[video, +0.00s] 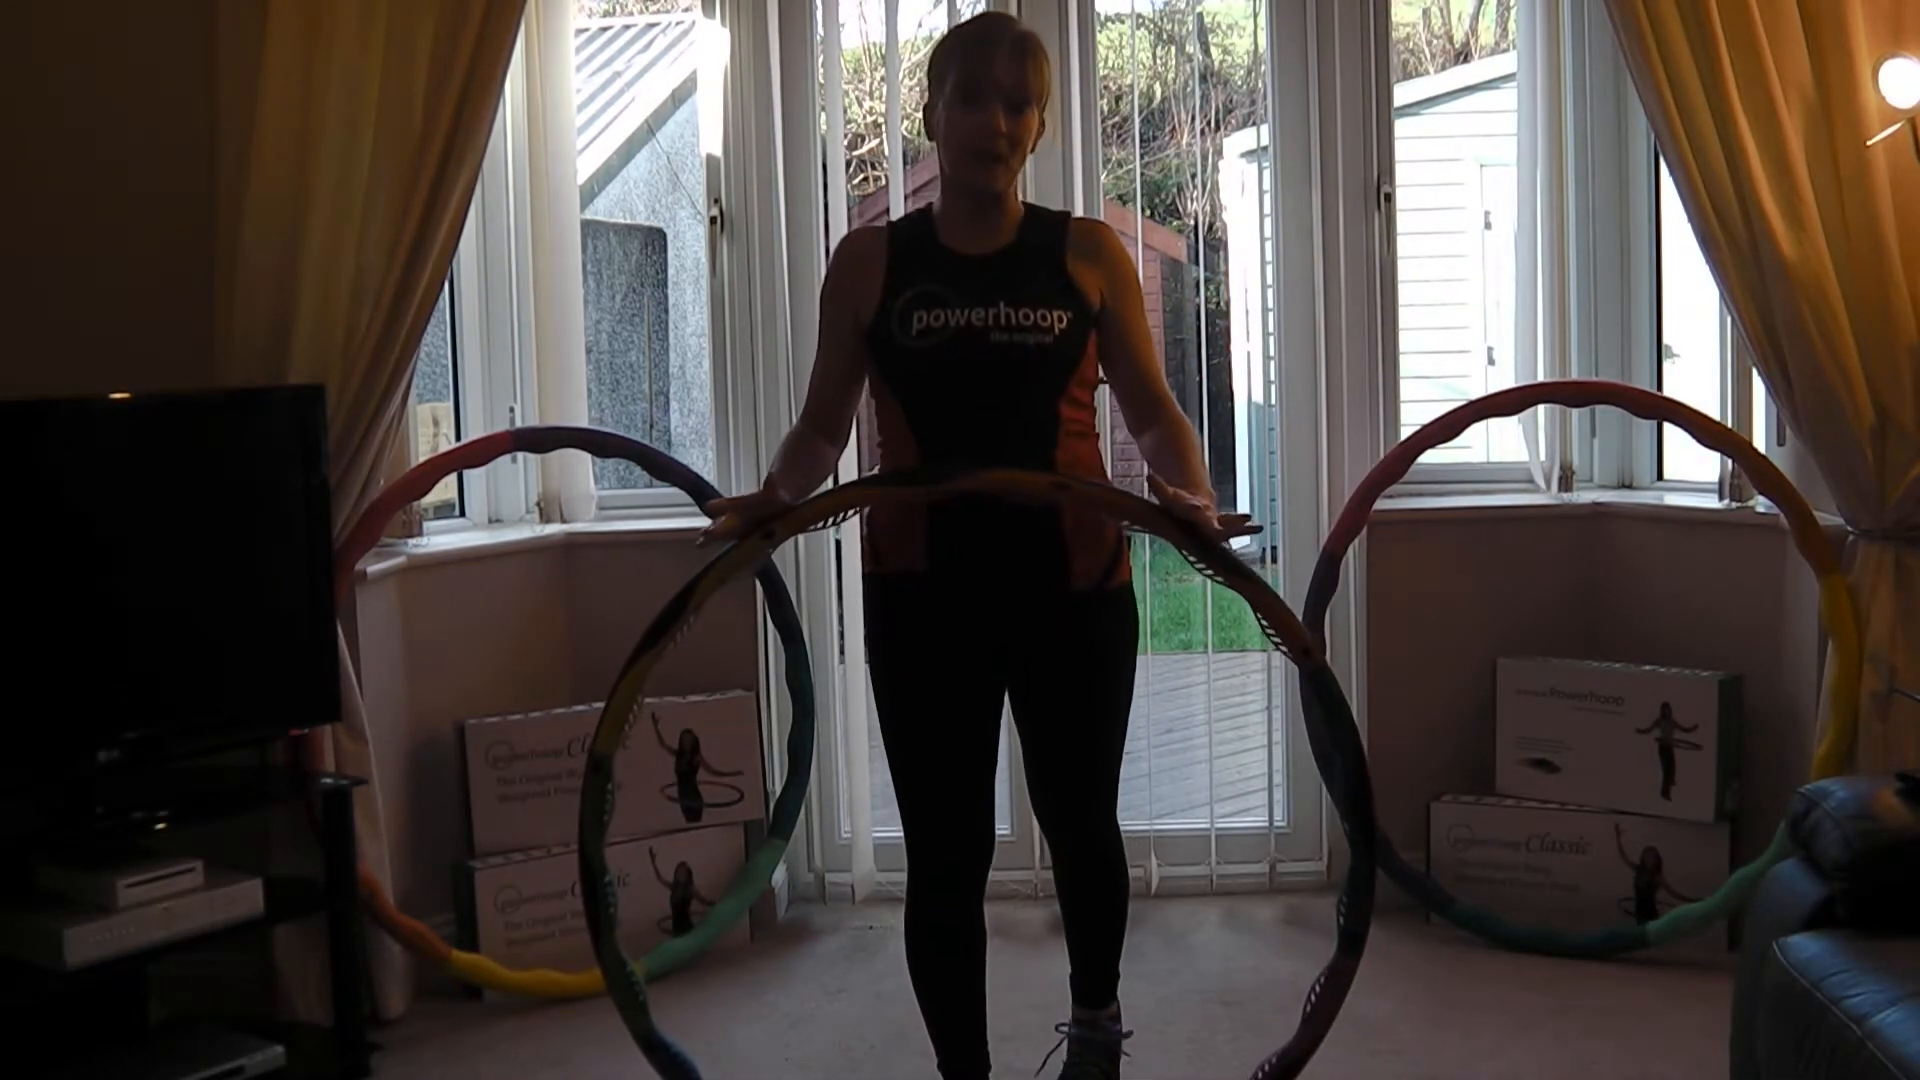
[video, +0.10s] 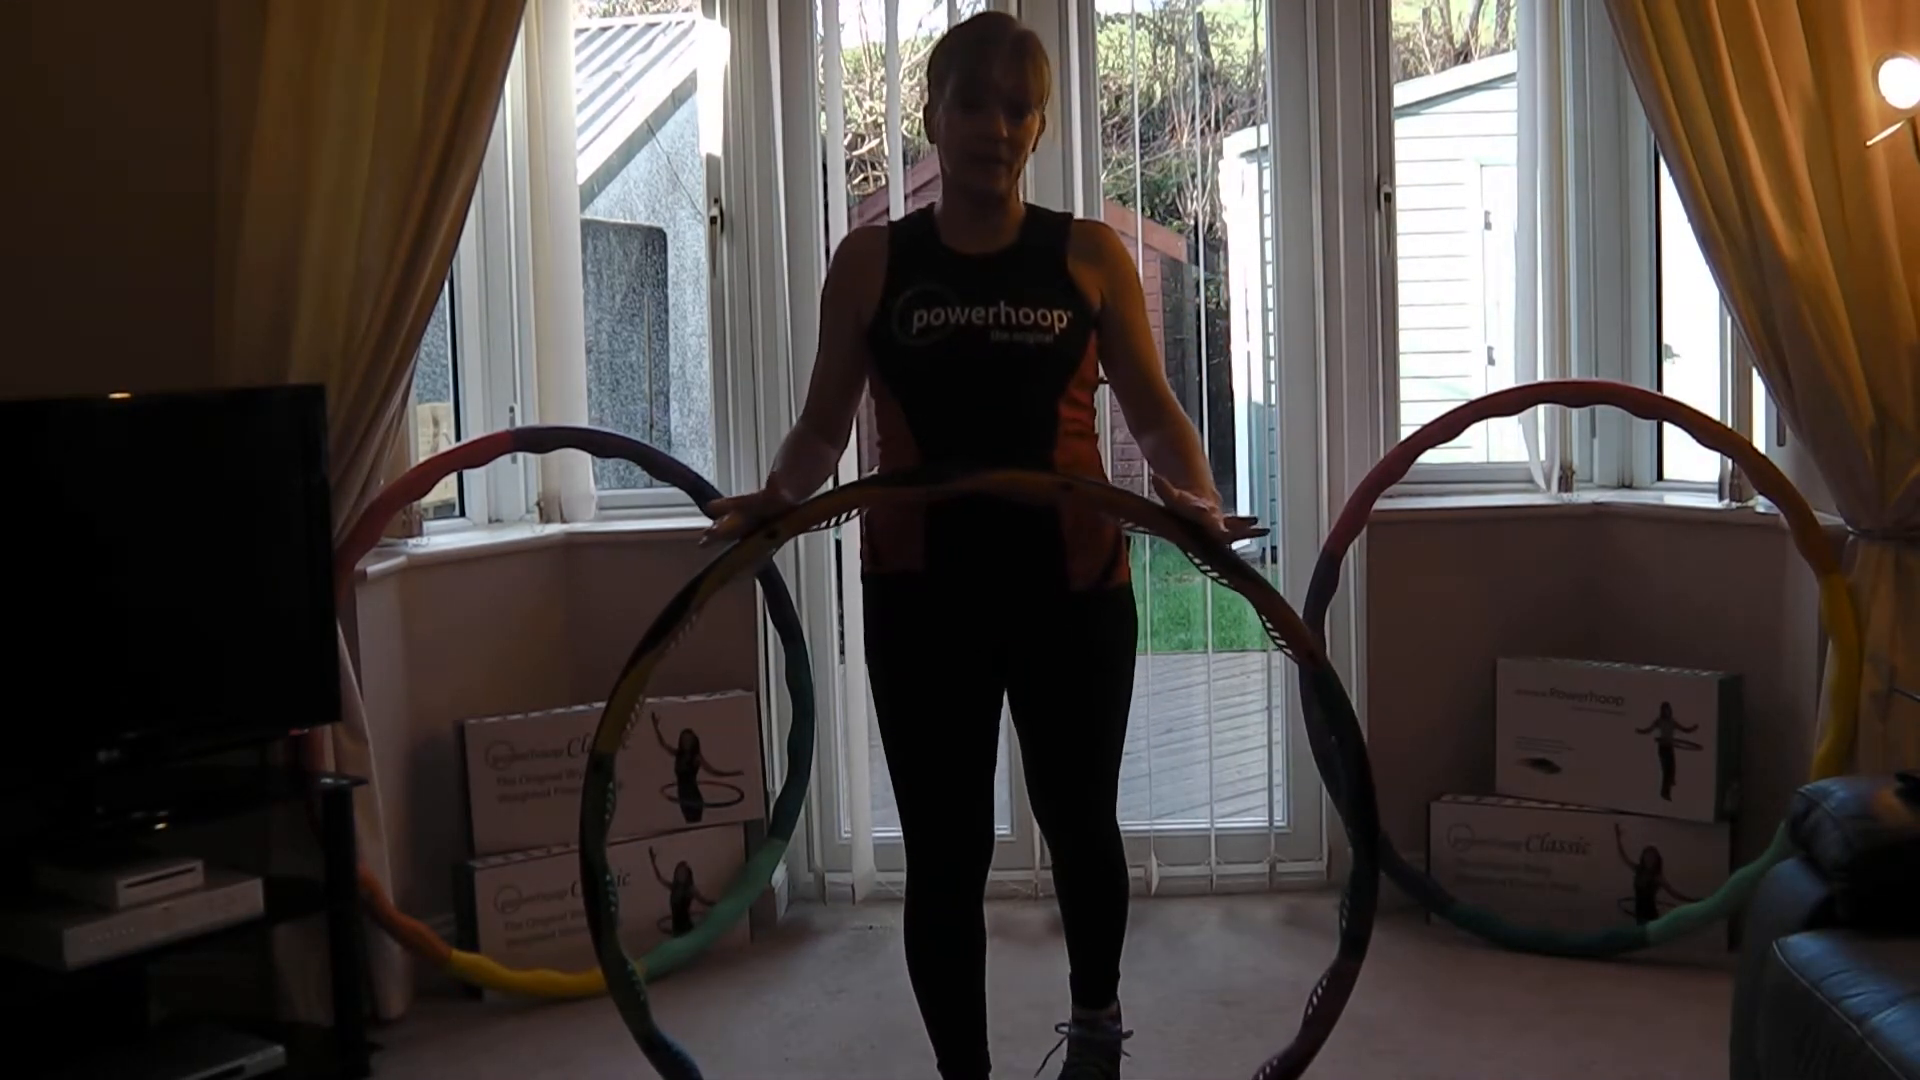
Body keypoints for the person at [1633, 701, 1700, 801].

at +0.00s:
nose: (1666, 712)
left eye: (1668, 710)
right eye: (1665, 710)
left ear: (1670, 711)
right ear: (1662, 711)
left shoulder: (1671, 721)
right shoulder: (1660, 721)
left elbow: (1683, 730)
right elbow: (1650, 730)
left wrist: (1692, 728)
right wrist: (1640, 731)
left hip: (1669, 747)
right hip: (1663, 748)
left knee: (1670, 770)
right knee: (1667, 771)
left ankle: (1667, 792)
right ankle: (1665, 792)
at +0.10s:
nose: (1666, 712)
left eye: (1668, 710)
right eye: (1665, 710)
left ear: (1670, 711)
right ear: (1662, 711)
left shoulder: (1670, 721)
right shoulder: (1660, 721)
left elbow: (1683, 730)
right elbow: (1650, 730)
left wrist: (1692, 728)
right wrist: (1640, 731)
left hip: (1669, 747)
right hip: (1663, 747)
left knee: (1670, 770)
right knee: (1667, 771)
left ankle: (1666, 792)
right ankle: (1665, 792)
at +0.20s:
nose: (1666, 712)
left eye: (1668, 710)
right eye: (1665, 710)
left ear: (1670, 711)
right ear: (1662, 711)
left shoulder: (1670, 721)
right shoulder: (1660, 721)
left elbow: (1683, 730)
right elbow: (1650, 730)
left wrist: (1692, 728)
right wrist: (1640, 731)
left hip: (1668, 747)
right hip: (1663, 747)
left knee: (1670, 770)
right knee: (1667, 771)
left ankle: (1666, 792)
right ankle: (1665, 792)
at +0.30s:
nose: (1667, 713)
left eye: (1668, 710)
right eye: (1665, 710)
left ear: (1670, 711)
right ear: (1662, 711)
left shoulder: (1671, 721)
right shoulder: (1660, 721)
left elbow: (1683, 729)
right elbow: (1651, 729)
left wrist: (1692, 729)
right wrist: (1641, 731)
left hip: (1669, 747)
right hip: (1663, 747)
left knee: (1670, 770)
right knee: (1667, 771)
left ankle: (1667, 792)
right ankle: (1665, 792)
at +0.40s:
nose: (1667, 712)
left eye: (1668, 710)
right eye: (1665, 710)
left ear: (1670, 711)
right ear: (1662, 711)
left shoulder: (1671, 721)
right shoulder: (1660, 721)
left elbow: (1683, 729)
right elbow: (1650, 729)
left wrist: (1692, 728)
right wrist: (1641, 731)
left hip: (1669, 747)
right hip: (1663, 747)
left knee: (1670, 771)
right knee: (1667, 771)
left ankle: (1667, 792)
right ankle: (1665, 792)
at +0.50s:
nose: (1667, 712)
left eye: (1668, 710)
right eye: (1665, 710)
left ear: (1670, 711)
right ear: (1662, 711)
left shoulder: (1671, 721)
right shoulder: (1660, 721)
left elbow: (1683, 729)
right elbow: (1650, 729)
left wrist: (1692, 728)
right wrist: (1641, 731)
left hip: (1669, 747)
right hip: (1663, 748)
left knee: (1670, 771)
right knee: (1667, 771)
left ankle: (1667, 792)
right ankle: (1665, 792)